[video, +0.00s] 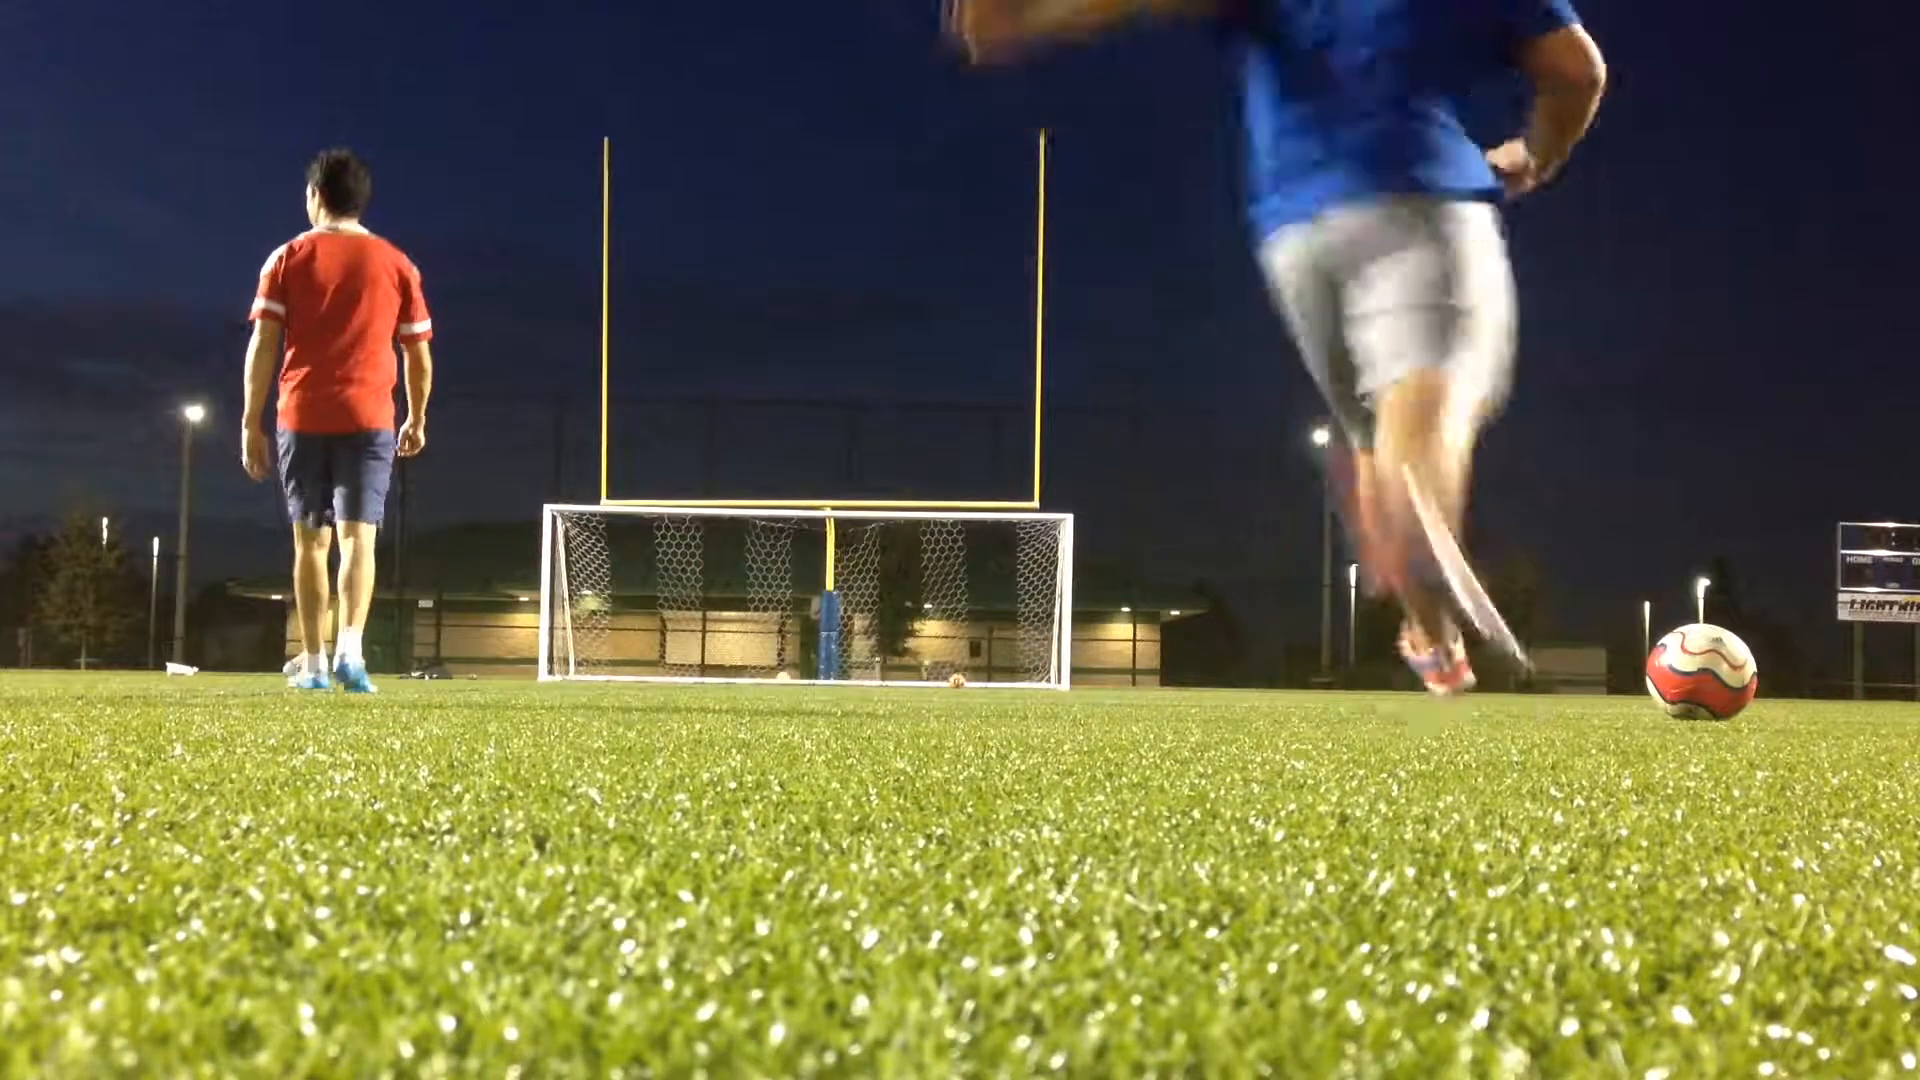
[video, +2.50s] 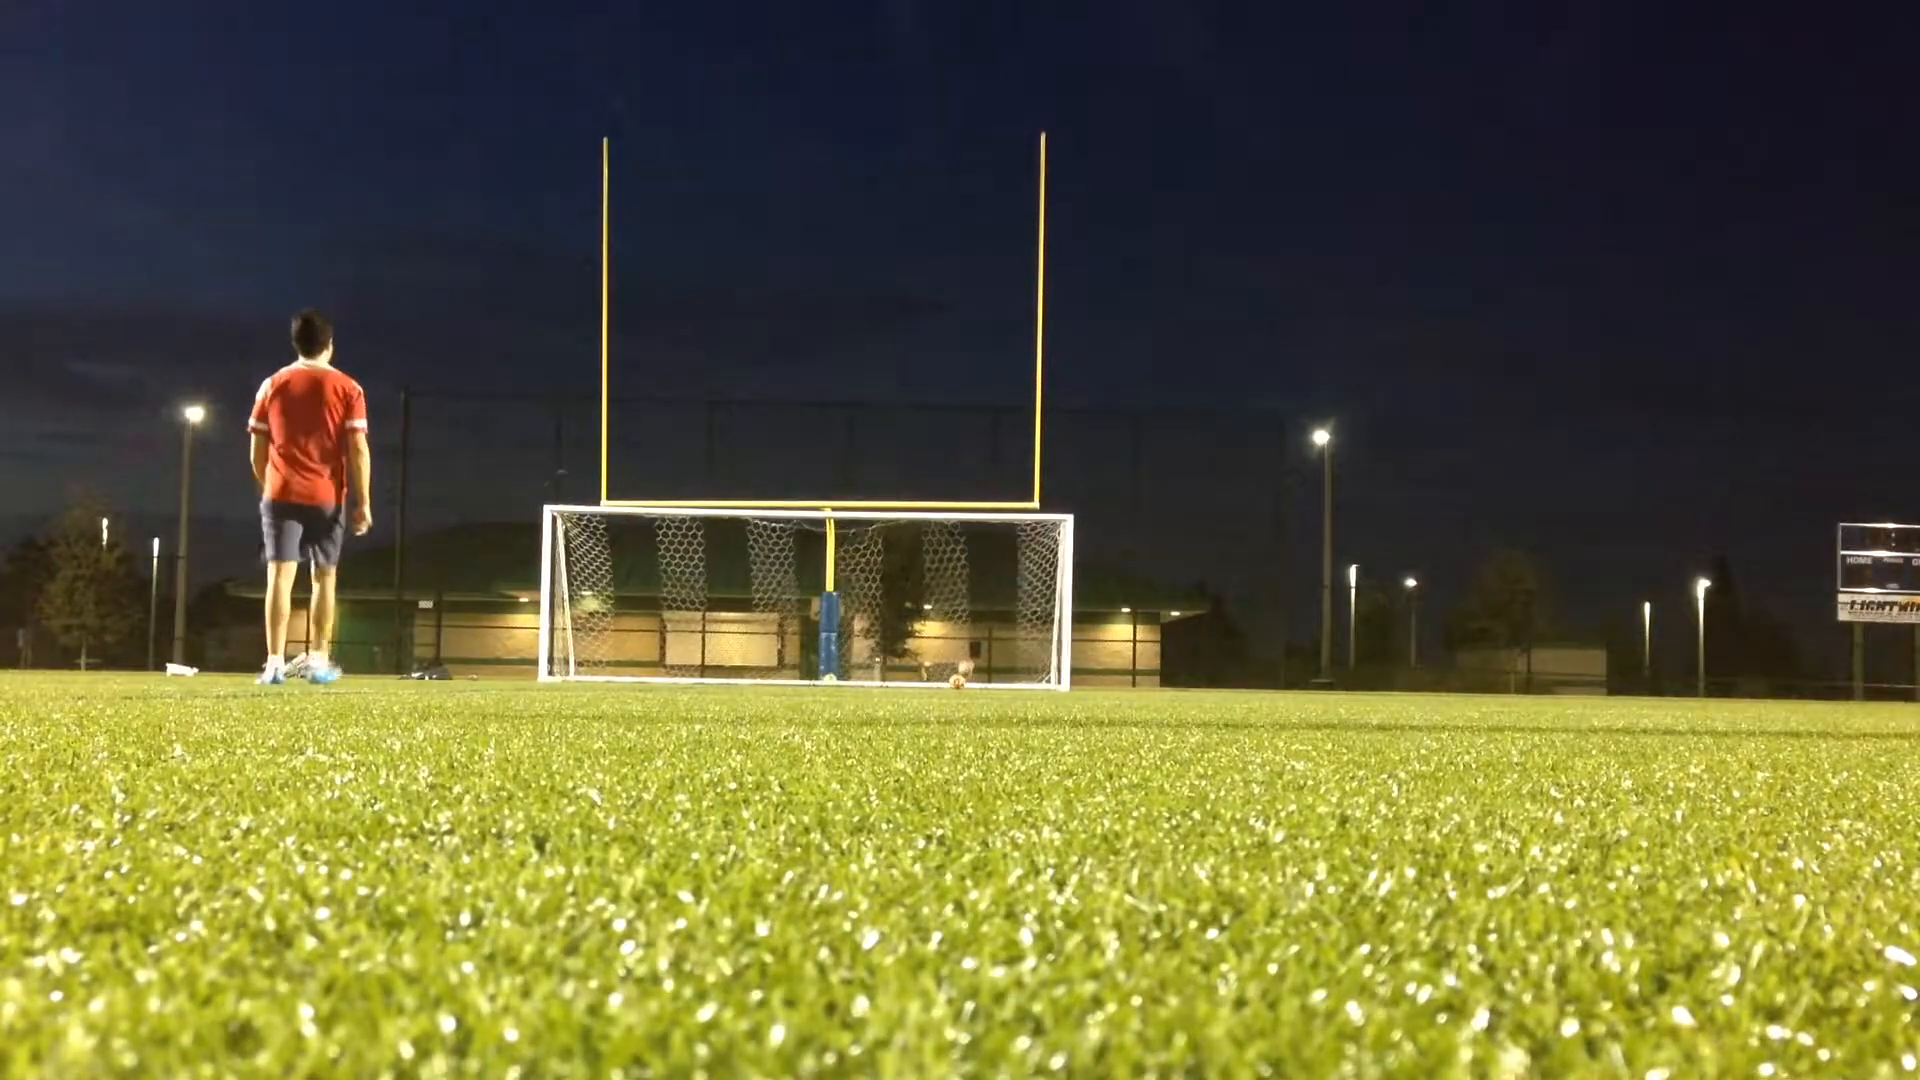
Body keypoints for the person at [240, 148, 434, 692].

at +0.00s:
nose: (307, 202)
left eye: (308, 194)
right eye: (310, 193)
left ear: (316, 197)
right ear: (363, 200)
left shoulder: (288, 258)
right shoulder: (397, 262)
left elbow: (264, 343)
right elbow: (418, 354)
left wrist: (251, 423)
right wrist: (418, 416)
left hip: (302, 415)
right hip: (371, 415)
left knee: (311, 542)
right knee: (359, 536)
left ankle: (313, 667)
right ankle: (349, 656)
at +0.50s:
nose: (308, 236)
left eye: (308, 230)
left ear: (309, 234)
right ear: (356, 237)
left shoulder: (281, 286)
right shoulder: (383, 298)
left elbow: (255, 372)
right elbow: (390, 382)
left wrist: (266, 426)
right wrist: (388, 452)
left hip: (293, 431)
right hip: (351, 438)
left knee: (304, 545)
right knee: (339, 555)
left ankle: (311, 654)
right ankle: (330, 658)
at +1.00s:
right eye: (342, 262)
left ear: (300, 267)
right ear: (345, 268)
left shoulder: (278, 319)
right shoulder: (372, 322)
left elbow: (259, 393)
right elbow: (392, 398)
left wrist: (243, 459)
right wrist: (388, 437)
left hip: (290, 453)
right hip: (350, 453)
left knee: (288, 563)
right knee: (336, 562)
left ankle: (283, 660)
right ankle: (326, 660)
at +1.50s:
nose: (289, 296)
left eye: (288, 291)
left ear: (290, 294)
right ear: (328, 295)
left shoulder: (267, 340)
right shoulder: (354, 346)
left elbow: (247, 415)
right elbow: (370, 417)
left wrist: (258, 459)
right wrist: (375, 477)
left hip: (278, 461)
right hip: (331, 466)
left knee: (285, 564)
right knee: (325, 571)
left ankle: (290, 661)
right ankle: (322, 659)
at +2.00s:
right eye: (331, 318)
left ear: (296, 322)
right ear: (334, 323)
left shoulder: (276, 365)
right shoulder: (358, 369)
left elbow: (258, 430)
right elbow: (371, 438)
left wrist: (246, 487)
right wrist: (365, 478)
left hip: (285, 482)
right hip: (336, 482)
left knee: (280, 572)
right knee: (324, 576)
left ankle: (272, 659)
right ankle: (315, 662)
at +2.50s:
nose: (329, 347)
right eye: (329, 341)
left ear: (294, 344)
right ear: (329, 344)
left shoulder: (272, 384)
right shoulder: (348, 388)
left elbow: (257, 453)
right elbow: (358, 449)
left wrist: (270, 487)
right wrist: (362, 502)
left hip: (280, 492)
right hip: (326, 495)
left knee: (279, 575)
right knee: (324, 578)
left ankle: (274, 663)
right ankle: (318, 661)